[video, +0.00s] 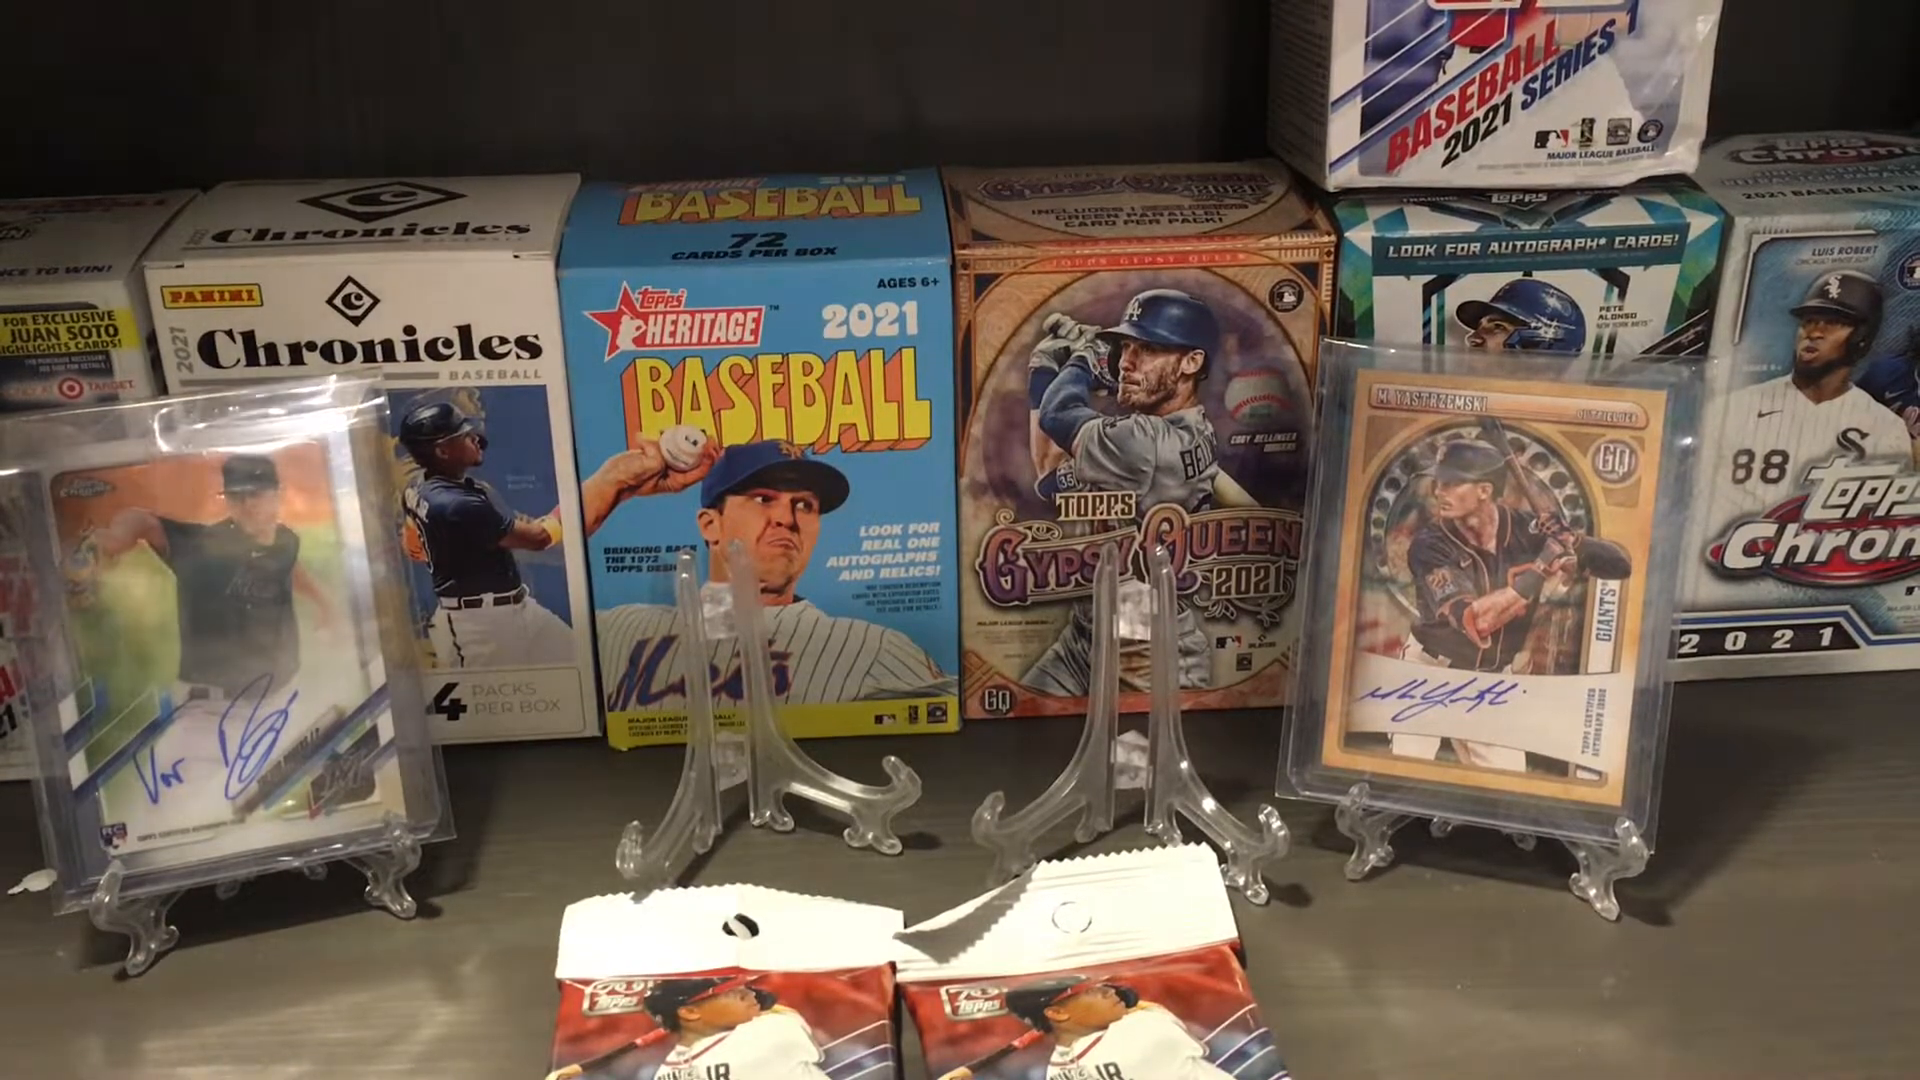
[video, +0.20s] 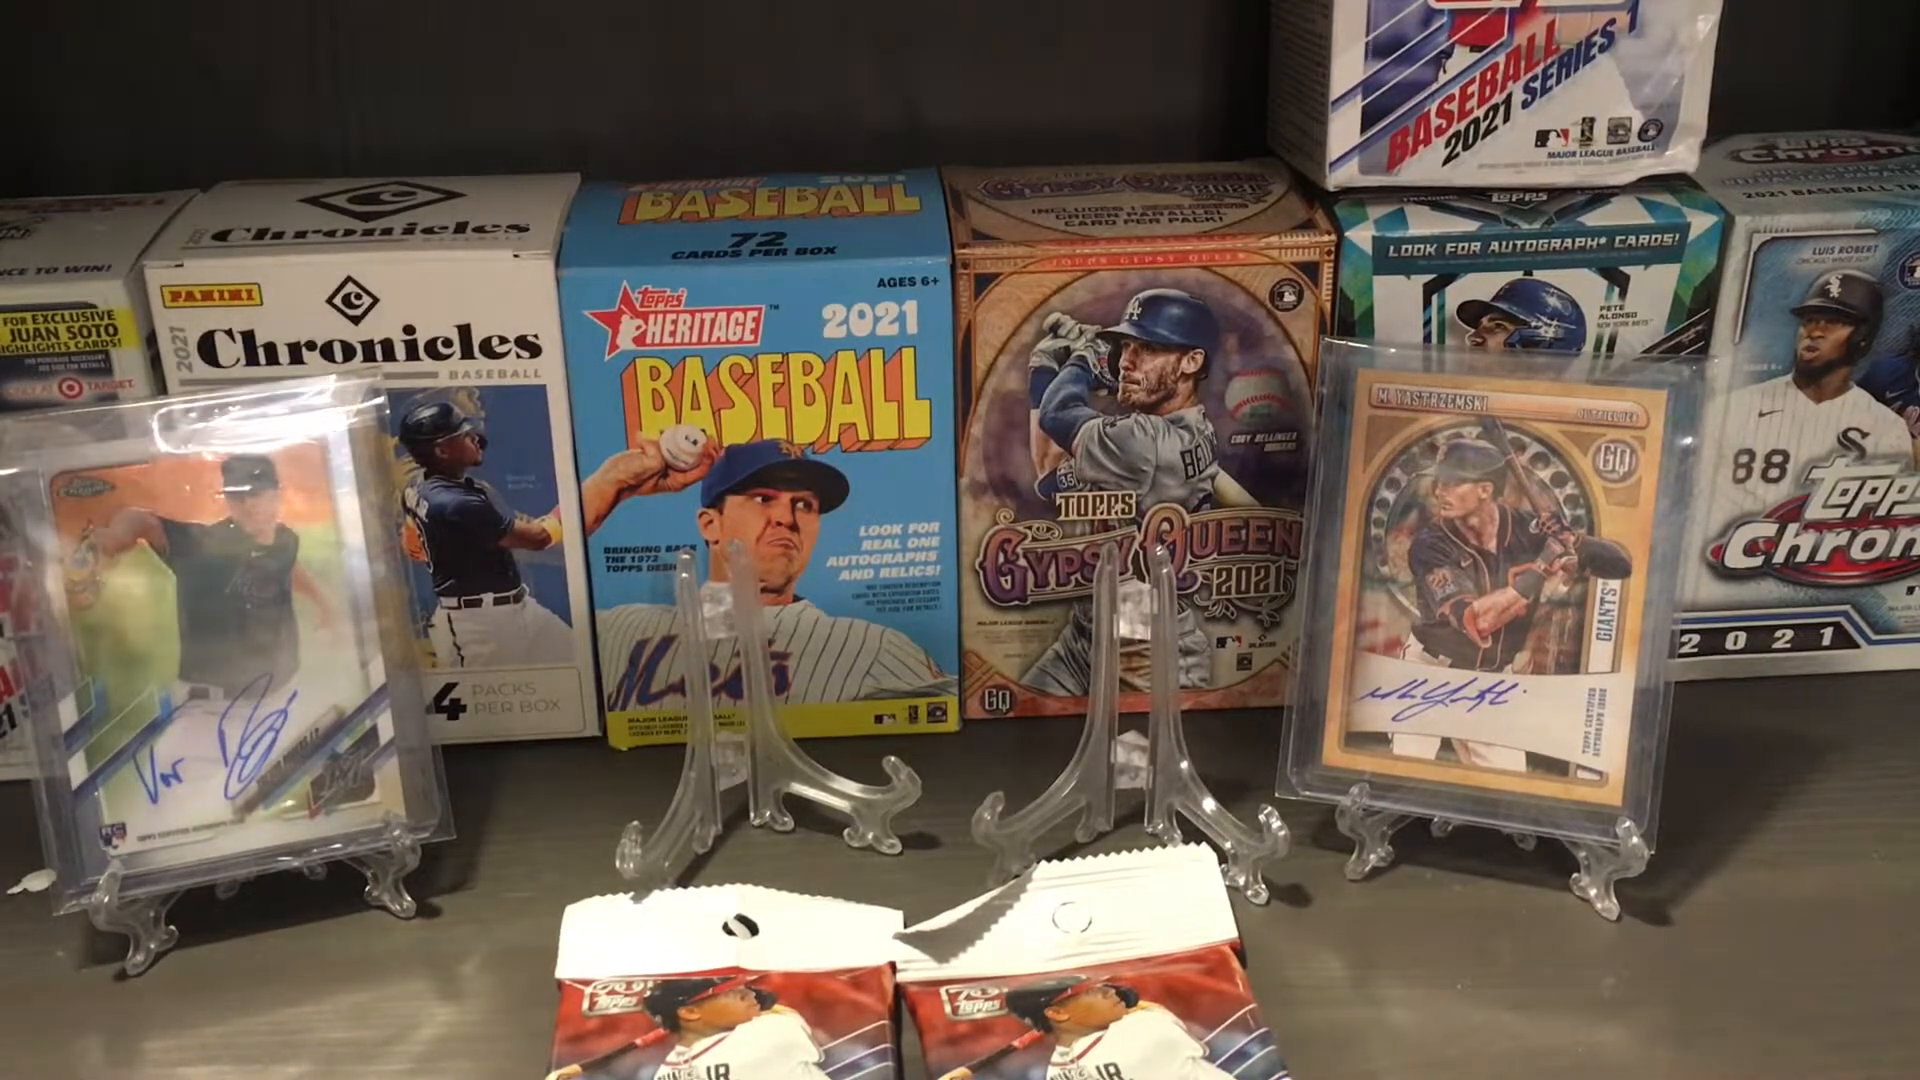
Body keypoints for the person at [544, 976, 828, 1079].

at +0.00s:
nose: (745, 993)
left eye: (736, 986)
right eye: (727, 993)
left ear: (689, 1015)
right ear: (691, 1015)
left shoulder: (666, 1071)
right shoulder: (779, 1032)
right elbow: (780, 1008)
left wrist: (577, 1072)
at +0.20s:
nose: (745, 993)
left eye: (735, 986)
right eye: (727, 993)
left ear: (690, 1015)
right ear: (691, 1015)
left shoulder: (666, 1071)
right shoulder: (778, 1033)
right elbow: (779, 1008)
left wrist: (578, 1072)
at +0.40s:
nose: (745, 992)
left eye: (735, 986)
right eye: (727, 993)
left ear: (689, 1015)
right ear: (691, 1014)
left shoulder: (665, 1072)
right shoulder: (779, 1033)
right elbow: (779, 1008)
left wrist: (579, 1072)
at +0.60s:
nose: (744, 993)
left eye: (734, 986)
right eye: (727, 993)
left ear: (690, 1015)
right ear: (692, 1015)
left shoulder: (667, 1071)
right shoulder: (778, 1032)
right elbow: (779, 1008)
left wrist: (580, 1071)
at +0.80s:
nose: (744, 993)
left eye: (734, 987)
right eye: (726, 993)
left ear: (690, 1015)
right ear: (691, 1014)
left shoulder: (666, 1071)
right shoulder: (778, 1032)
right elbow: (779, 1007)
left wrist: (578, 1071)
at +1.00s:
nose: (743, 993)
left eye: (732, 987)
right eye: (725, 993)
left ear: (690, 1015)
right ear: (691, 1014)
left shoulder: (667, 1071)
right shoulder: (778, 1033)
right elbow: (779, 1008)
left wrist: (578, 1071)